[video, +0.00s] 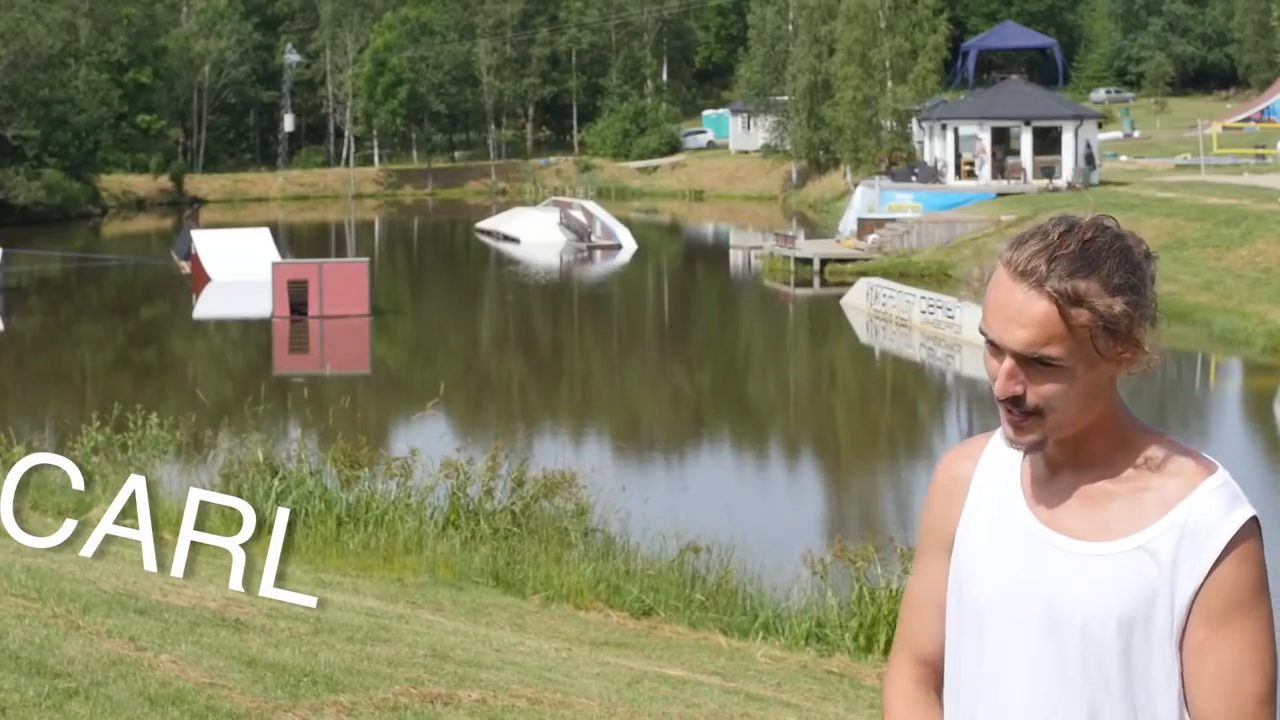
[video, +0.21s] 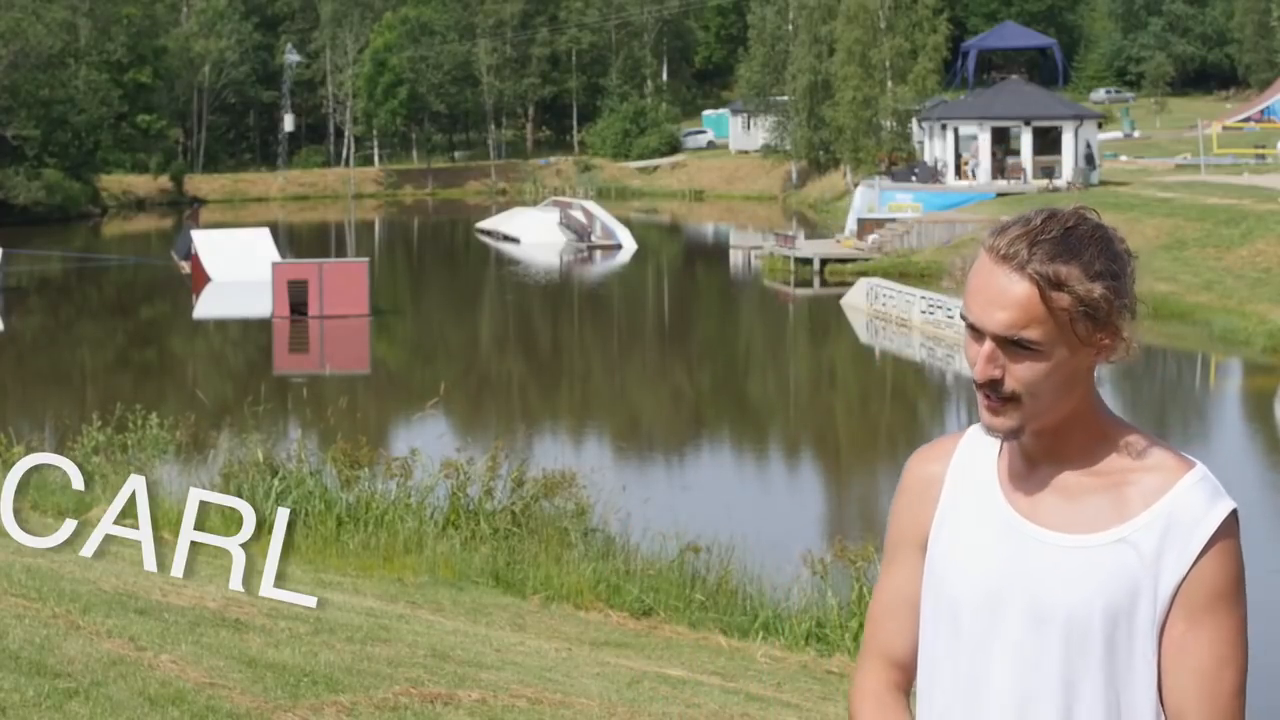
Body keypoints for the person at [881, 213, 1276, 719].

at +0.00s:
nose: (1004, 385)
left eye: (1042, 363)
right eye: (993, 347)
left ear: (1122, 352)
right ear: (983, 326)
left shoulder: (1208, 524)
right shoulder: (965, 476)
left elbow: (1238, 709)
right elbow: (915, 675)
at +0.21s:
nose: (982, 368)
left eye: (1019, 346)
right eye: (974, 332)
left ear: (1102, 343)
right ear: (964, 314)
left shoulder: (1188, 515)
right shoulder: (934, 476)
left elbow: (1207, 711)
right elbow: (882, 677)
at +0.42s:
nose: (956, 361)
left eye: (993, 339)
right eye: (948, 326)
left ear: (1075, 340)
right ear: (939, 311)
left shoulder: (1164, 510)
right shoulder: (905, 478)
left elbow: (1179, 710)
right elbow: (842, 687)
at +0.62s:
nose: (931, 355)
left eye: (967, 331)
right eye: (923, 320)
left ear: (1050, 333)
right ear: (913, 308)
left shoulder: (1141, 507)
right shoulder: (877, 479)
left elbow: (1150, 710)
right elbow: (816, 689)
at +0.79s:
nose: (911, 355)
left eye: (947, 331)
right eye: (903, 320)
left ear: (1030, 333)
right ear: (893, 308)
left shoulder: (1125, 508)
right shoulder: (861, 480)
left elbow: (1134, 710)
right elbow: (801, 693)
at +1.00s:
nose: (888, 352)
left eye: (922, 325)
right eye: (880, 318)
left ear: (1004, 329)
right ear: (868, 309)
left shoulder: (1107, 499)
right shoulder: (850, 481)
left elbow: (1122, 705)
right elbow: (794, 688)